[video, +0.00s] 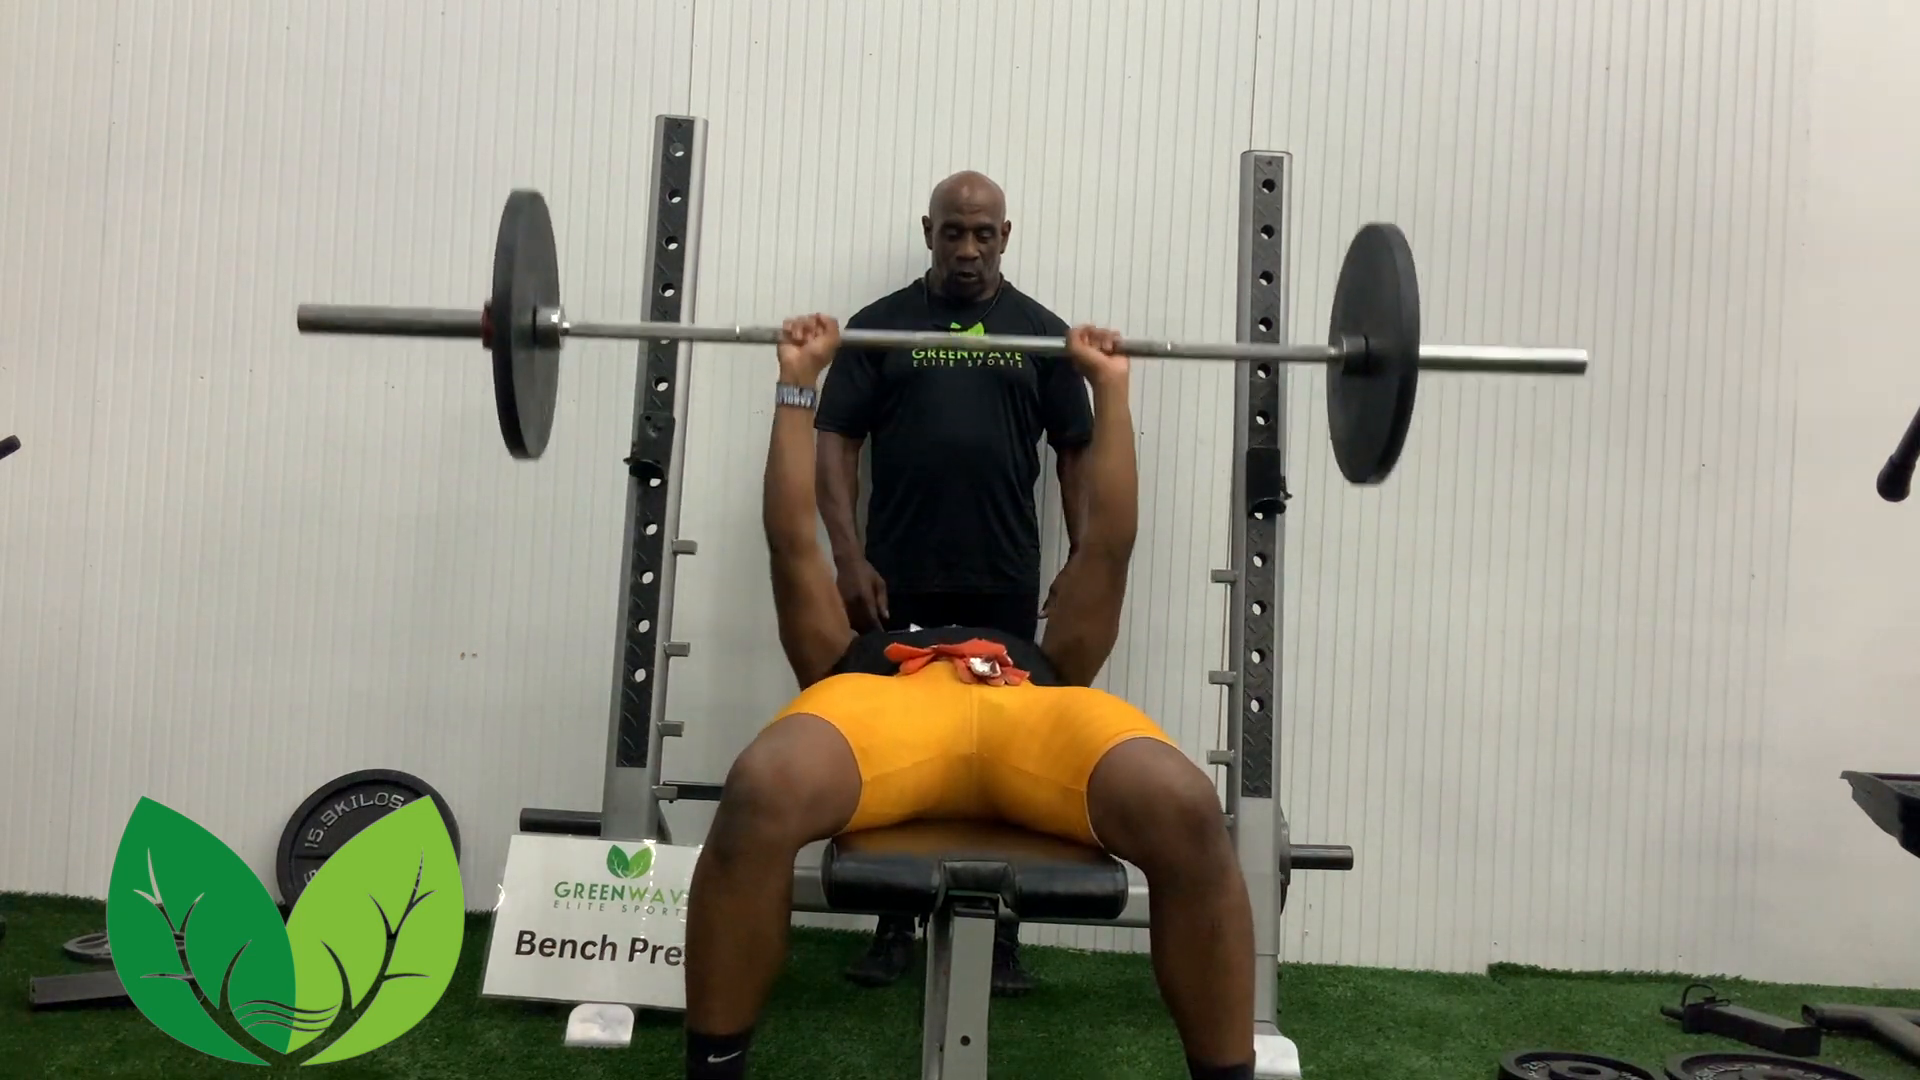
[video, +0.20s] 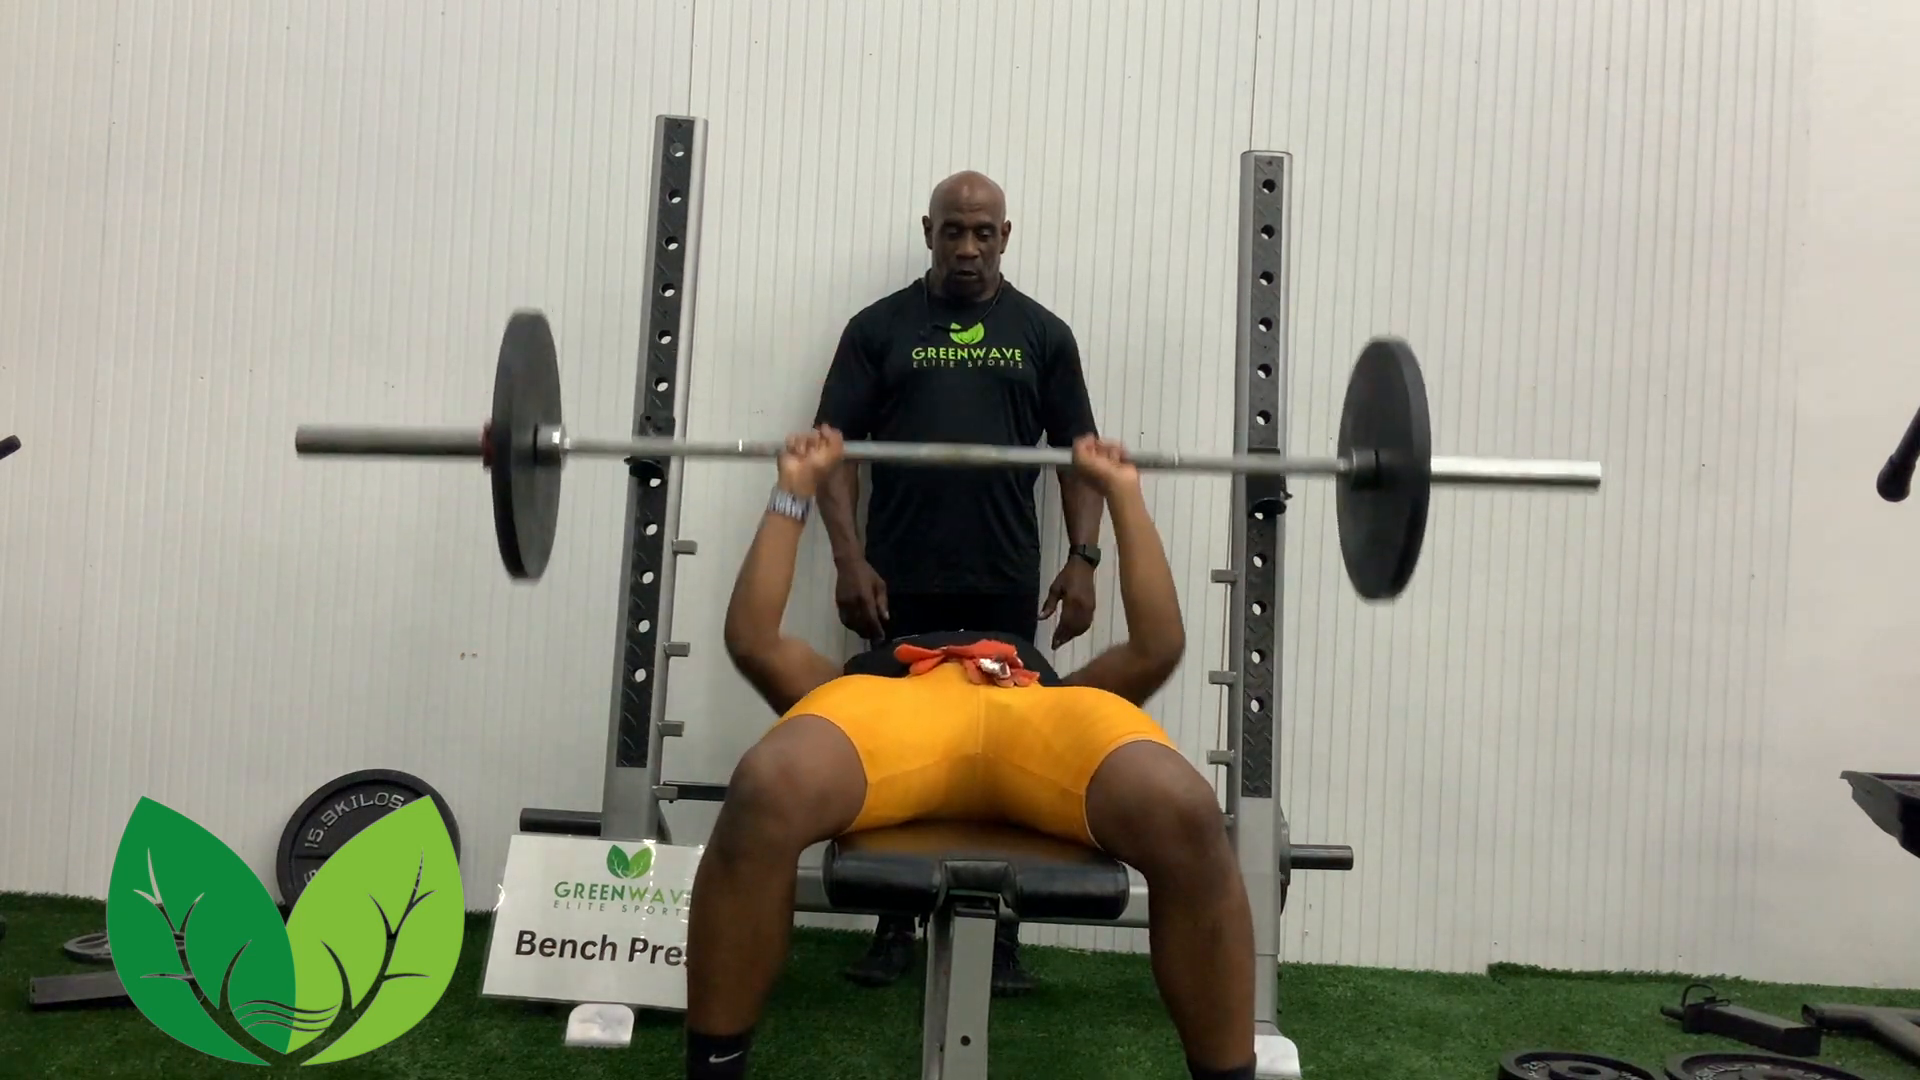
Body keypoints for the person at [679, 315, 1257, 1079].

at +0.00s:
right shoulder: (849, 662)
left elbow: (1106, 543)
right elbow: (794, 539)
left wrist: (1112, 385)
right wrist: (797, 388)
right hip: (879, 698)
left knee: (1187, 810)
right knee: (758, 790)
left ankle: (1229, 1072)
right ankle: (714, 1067)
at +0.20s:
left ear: (1023, 667)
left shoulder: (1054, 685)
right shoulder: (860, 679)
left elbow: (1155, 646)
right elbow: (752, 636)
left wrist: (1124, 492)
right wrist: (793, 496)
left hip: (1046, 706)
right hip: (885, 699)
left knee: (1189, 819)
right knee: (763, 791)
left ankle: (1230, 1074)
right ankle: (714, 1066)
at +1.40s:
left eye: (1001, 656)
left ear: (1019, 662)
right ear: (915, 657)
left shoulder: (1058, 691)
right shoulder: (874, 680)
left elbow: (1171, 703)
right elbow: (755, 685)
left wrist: (1136, 552)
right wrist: (805, 547)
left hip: (1041, 704)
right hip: (895, 696)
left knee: (1179, 822)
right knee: (758, 792)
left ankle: (1224, 1069)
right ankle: (712, 1066)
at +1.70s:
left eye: (1004, 650)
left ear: (1031, 665)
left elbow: (1171, 779)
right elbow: (762, 765)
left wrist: (1137, 626)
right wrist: (802, 612)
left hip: (1056, 706)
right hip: (895, 694)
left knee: (1180, 825)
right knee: (762, 794)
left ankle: (1224, 1075)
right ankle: (712, 1068)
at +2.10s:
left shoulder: (1055, 676)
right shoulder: (856, 670)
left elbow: (1095, 556)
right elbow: (840, 532)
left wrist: (1133, 401)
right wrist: (829, 382)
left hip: (1045, 708)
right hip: (887, 701)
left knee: (1187, 815)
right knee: (757, 786)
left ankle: (1227, 1071)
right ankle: (714, 1066)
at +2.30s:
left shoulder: (1064, 687)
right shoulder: (859, 675)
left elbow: (1137, 583)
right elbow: (804, 555)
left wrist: (1142, 427)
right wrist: (825, 416)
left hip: (1044, 705)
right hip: (892, 694)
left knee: (1178, 816)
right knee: (752, 787)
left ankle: (1225, 1074)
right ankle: (713, 1071)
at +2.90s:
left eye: (1003, 655)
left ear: (1020, 664)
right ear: (922, 659)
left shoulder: (1052, 686)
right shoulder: (876, 677)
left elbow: (1150, 702)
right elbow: (764, 682)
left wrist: (1142, 550)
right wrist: (810, 544)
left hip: (1042, 704)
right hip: (896, 695)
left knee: (1177, 829)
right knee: (759, 796)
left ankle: (1223, 1070)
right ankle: (713, 1065)